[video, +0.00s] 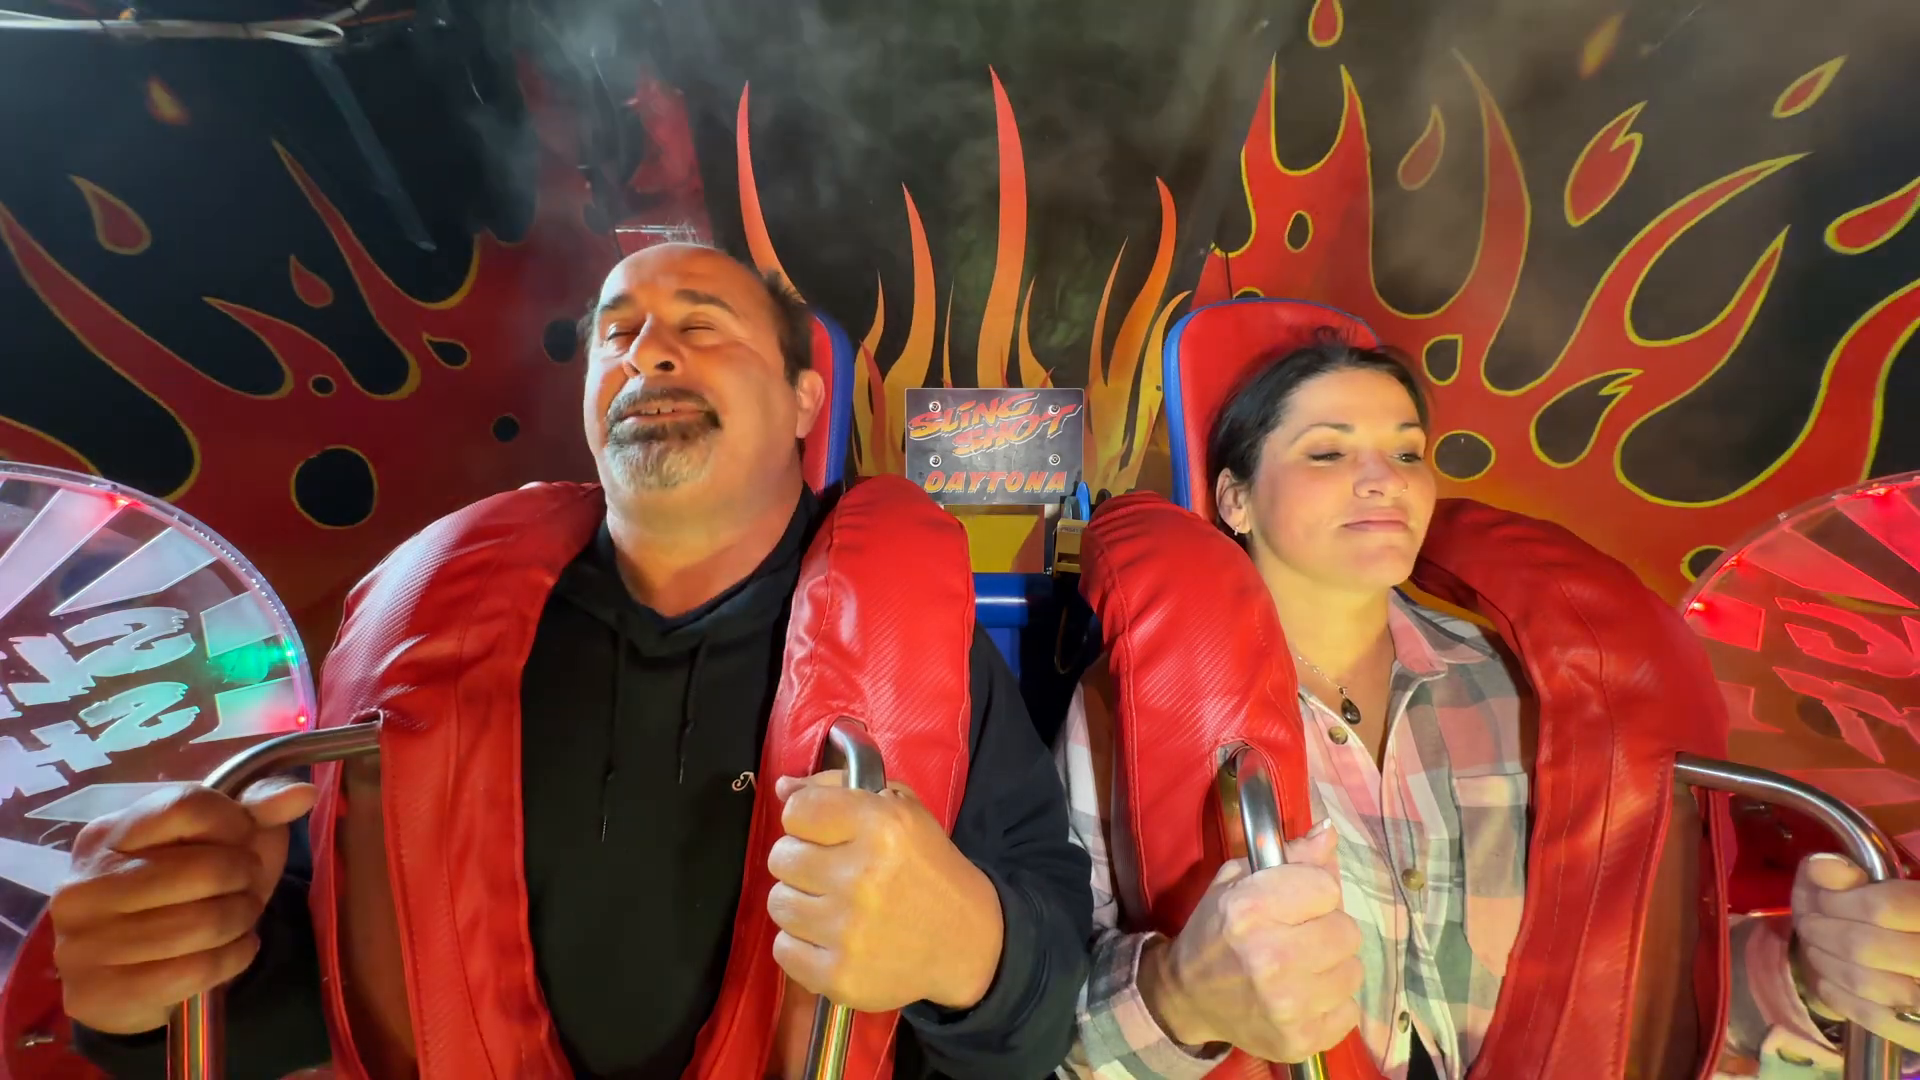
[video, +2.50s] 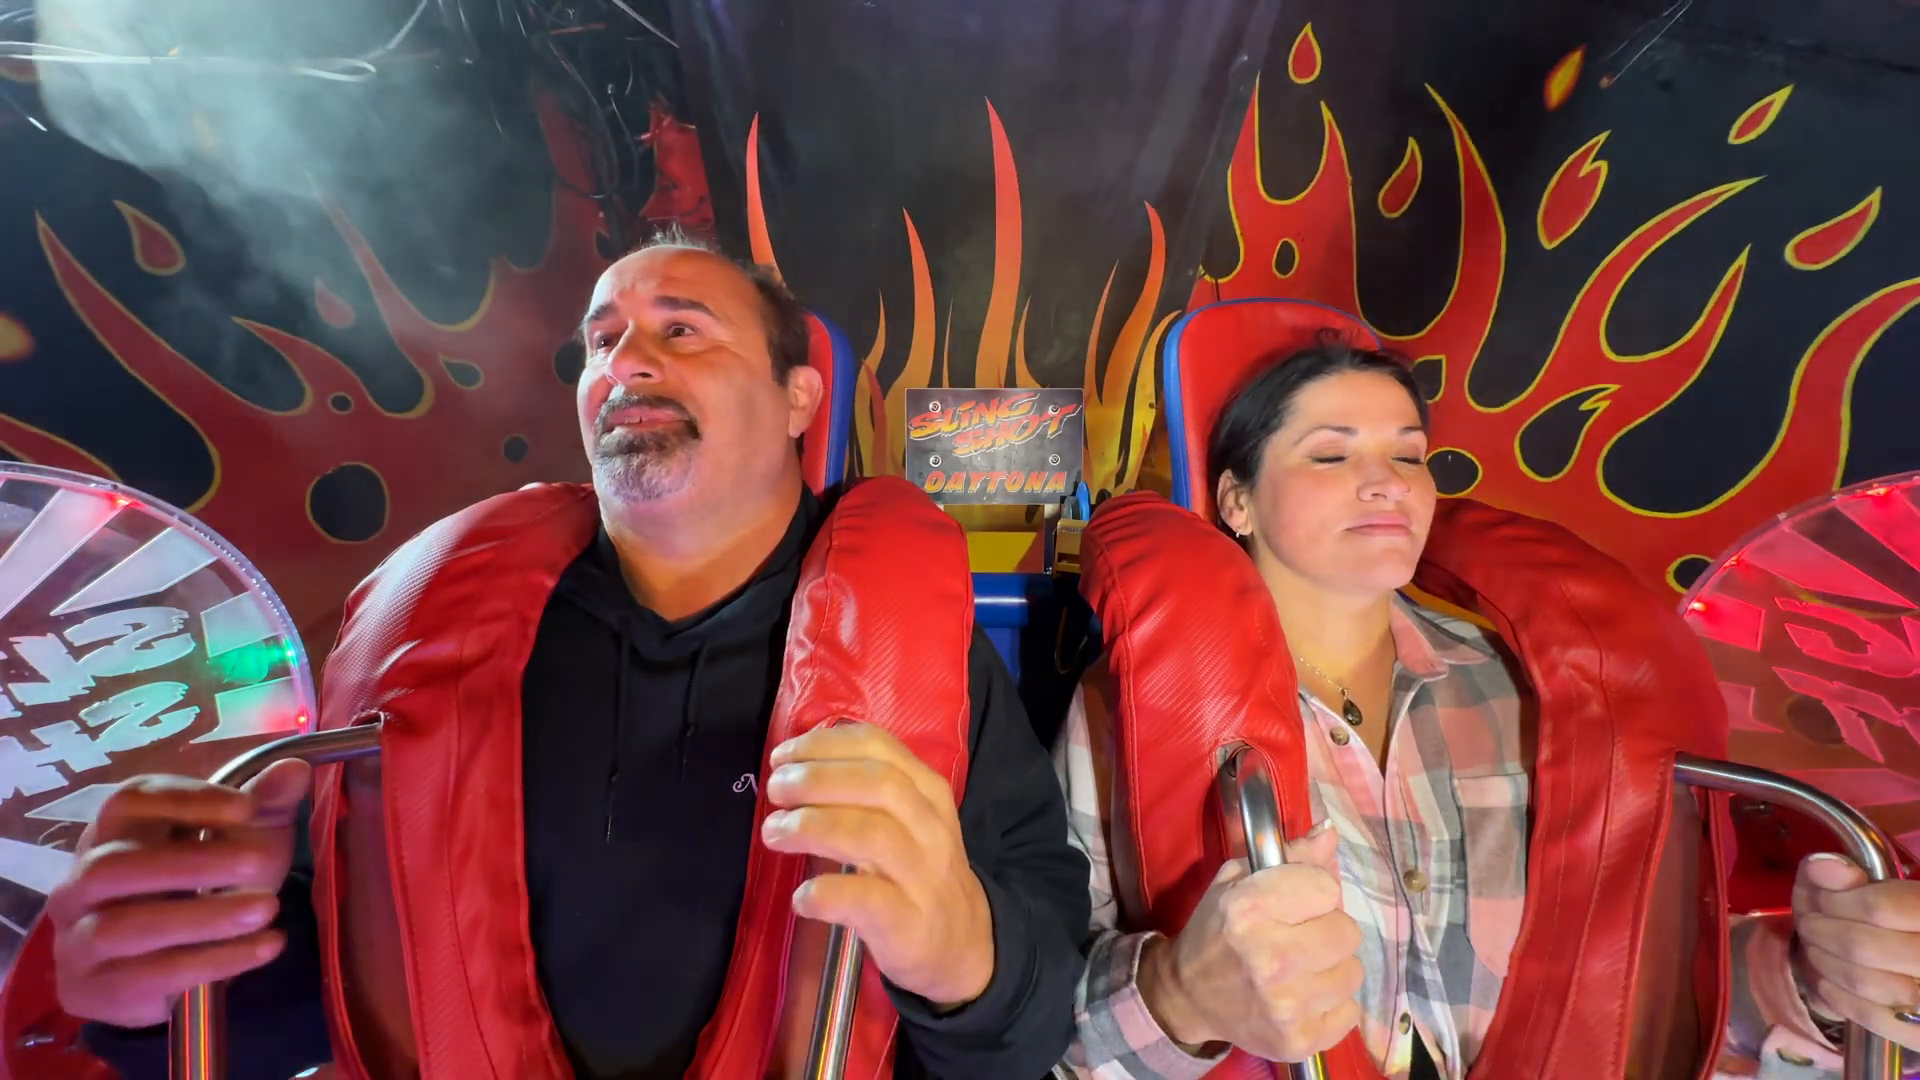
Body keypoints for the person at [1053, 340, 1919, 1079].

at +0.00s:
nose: (1383, 484)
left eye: (1406, 455)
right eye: (1329, 455)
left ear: (1435, 490)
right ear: (1236, 500)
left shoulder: (1519, 695)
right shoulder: (1137, 717)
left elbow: (1610, 975)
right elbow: (1049, 1032)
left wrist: (1800, 972)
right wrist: (1170, 1004)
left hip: (1494, 1068)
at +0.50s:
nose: (1384, 485)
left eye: (1404, 458)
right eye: (1330, 457)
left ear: (1433, 491)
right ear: (1237, 503)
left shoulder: (1517, 693)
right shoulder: (1139, 714)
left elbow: (1618, 958)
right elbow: (1061, 1034)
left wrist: (1809, 977)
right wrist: (1173, 1001)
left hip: (1493, 1065)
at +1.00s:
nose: (1385, 483)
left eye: (1406, 456)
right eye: (1330, 456)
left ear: (1434, 492)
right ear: (1237, 502)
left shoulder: (1520, 690)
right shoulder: (1142, 713)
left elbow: (1614, 969)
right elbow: (1053, 1034)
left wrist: (1803, 974)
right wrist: (1172, 999)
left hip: (1497, 1064)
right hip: (1260, 1071)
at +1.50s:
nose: (1383, 482)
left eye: (1405, 454)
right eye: (1328, 454)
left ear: (1435, 488)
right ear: (1238, 500)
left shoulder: (1518, 686)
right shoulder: (1143, 708)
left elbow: (1607, 969)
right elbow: (1050, 1031)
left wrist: (1790, 972)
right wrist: (1171, 996)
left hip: (1501, 1065)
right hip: (1269, 1073)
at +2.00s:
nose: (1388, 478)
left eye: (1408, 449)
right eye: (1331, 447)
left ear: (1436, 489)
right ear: (1238, 501)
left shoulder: (1524, 694)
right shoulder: (1141, 714)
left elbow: (1616, 979)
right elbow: (1045, 1031)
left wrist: (1802, 976)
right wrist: (1171, 1001)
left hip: (1495, 1065)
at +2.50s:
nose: (1388, 487)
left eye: (1408, 459)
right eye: (1332, 457)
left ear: (1435, 491)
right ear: (1238, 503)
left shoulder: (1522, 694)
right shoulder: (1141, 715)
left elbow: (1611, 976)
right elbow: (1046, 1036)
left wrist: (1800, 975)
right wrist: (1172, 1001)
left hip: (1492, 1066)